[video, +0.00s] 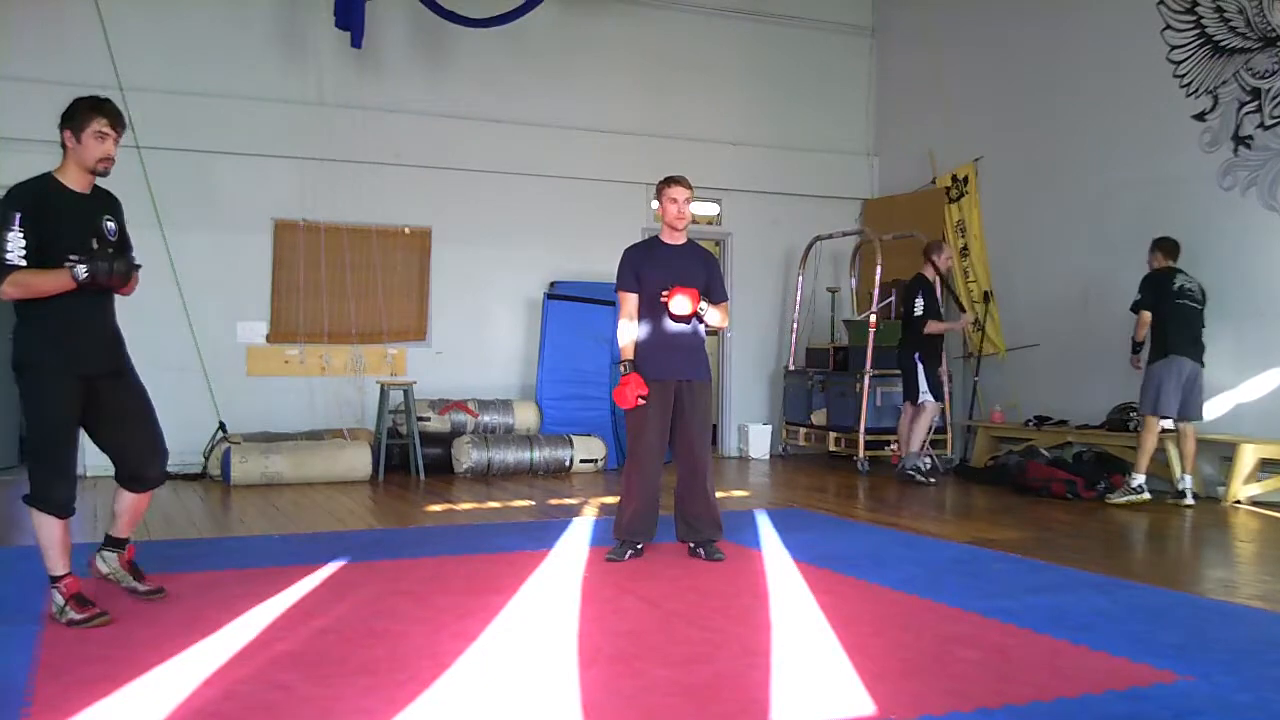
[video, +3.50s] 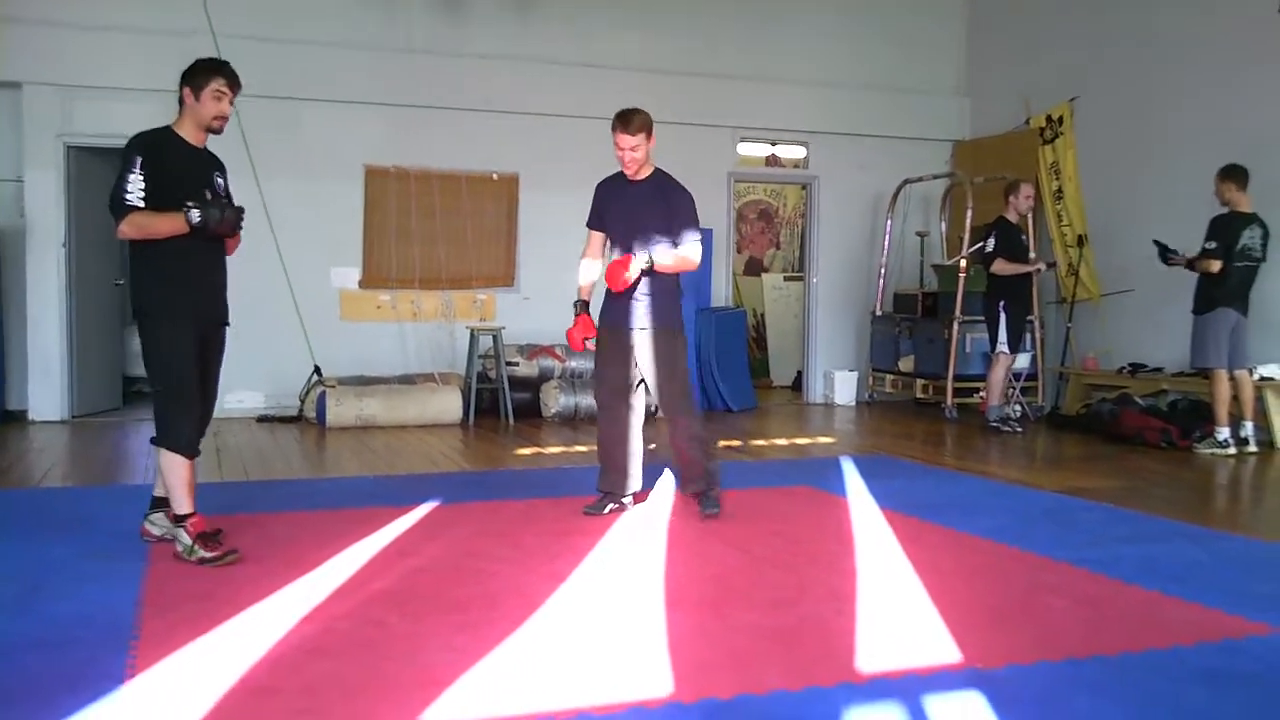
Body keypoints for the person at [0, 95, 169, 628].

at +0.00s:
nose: (110, 148)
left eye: (115, 139)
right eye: (100, 136)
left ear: (117, 146)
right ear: (69, 137)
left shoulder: (108, 206)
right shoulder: (24, 200)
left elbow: (128, 283)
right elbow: (8, 284)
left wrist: (120, 272)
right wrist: (83, 273)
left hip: (105, 358)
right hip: (46, 362)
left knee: (146, 460)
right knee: (53, 477)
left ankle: (114, 556)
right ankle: (62, 591)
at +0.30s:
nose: (77, 145)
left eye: (81, 137)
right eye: (66, 135)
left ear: (82, 144)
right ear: (36, 138)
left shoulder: (79, 208)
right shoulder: (5, 200)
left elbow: (106, 289)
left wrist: (97, 268)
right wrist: (63, 268)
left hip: (82, 358)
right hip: (24, 360)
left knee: (91, 468)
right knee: (35, 469)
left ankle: (34, 548)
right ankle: (47, 592)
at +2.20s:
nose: (98, 146)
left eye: (97, 137)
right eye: (90, 136)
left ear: (64, 143)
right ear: (56, 140)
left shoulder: (73, 212)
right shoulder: (12, 199)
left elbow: (84, 281)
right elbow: (7, 281)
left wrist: (94, 269)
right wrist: (71, 273)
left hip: (72, 362)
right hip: (20, 366)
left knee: (96, 461)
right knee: (18, 473)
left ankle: (100, 569)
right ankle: (8, 581)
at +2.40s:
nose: (123, 156)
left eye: (125, 148)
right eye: (116, 146)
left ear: (99, 150)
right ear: (83, 144)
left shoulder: (96, 215)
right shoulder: (43, 202)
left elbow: (88, 278)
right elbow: (36, 287)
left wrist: (117, 274)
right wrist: (104, 278)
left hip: (101, 364)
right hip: (53, 367)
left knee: (124, 466)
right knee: (45, 472)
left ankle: (147, 573)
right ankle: (31, 588)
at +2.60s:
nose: (177, 159)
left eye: (181, 151)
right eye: (168, 148)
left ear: (175, 158)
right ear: (138, 149)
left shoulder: (155, 219)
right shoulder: (103, 205)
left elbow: (150, 292)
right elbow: (94, 287)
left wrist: (178, 285)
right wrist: (160, 278)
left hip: (162, 365)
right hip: (115, 367)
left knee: (170, 465)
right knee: (95, 471)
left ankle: (177, 573)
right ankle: (63, 583)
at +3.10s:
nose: (228, 161)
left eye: (233, 154)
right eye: (220, 150)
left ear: (233, 163)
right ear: (193, 151)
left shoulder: (218, 224)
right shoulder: (147, 198)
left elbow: (229, 303)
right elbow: (120, 268)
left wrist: (224, 279)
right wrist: (188, 268)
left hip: (201, 357)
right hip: (153, 354)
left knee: (190, 464)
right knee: (159, 460)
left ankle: (171, 567)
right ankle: (118, 568)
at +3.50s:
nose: (226, 108)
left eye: (231, 100)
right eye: (218, 97)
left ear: (229, 104)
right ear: (188, 95)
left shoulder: (215, 166)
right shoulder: (146, 147)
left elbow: (229, 247)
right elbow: (126, 224)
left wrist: (231, 226)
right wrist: (196, 218)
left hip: (209, 306)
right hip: (164, 305)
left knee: (195, 409)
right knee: (179, 410)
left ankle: (161, 511)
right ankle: (187, 530)